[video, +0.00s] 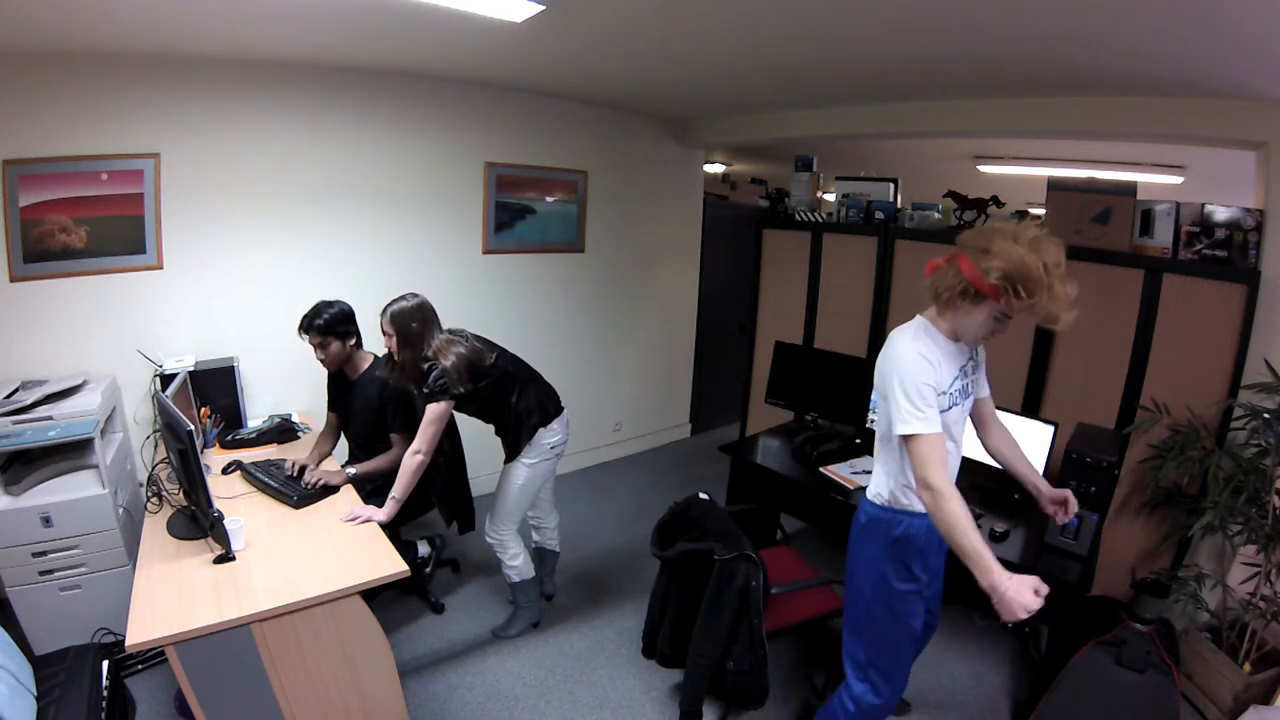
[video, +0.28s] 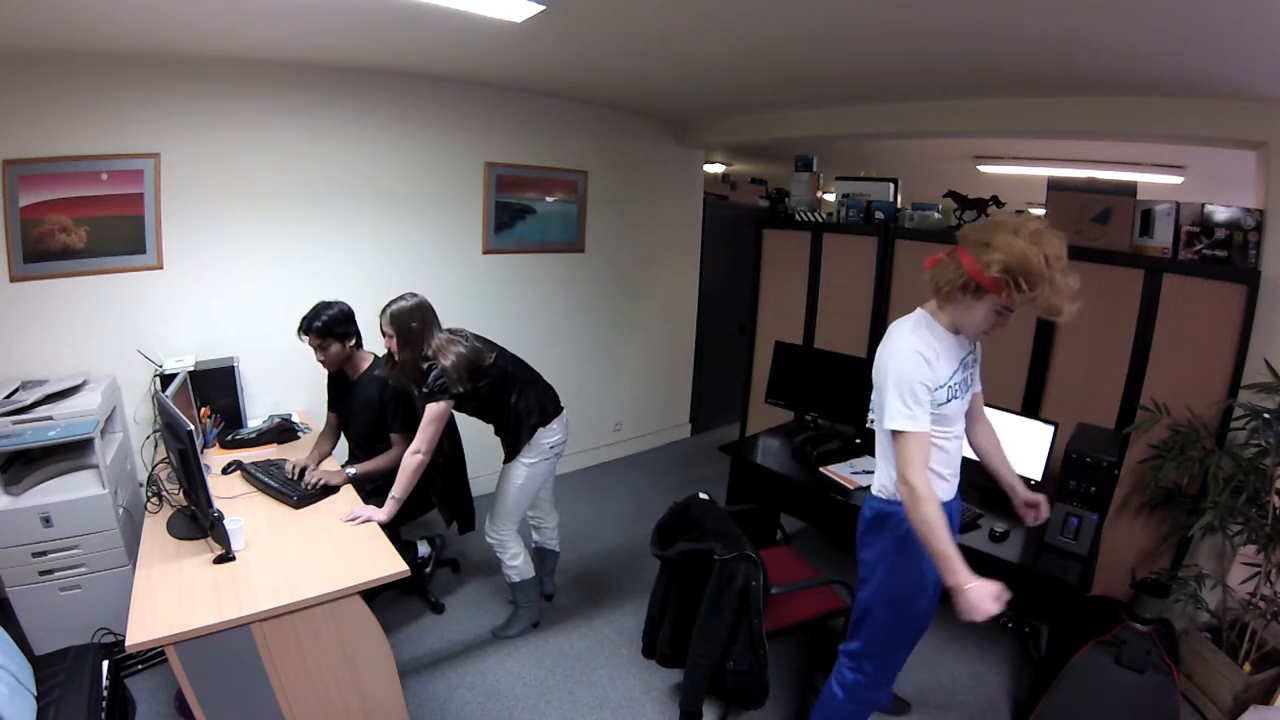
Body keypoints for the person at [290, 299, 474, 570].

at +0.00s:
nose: (318, 356)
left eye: (323, 346)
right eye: (314, 348)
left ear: (350, 339)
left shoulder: (388, 382)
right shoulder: (338, 375)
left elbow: (402, 451)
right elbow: (332, 428)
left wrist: (346, 474)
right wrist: (312, 459)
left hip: (407, 476)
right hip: (364, 473)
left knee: (342, 532)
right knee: (320, 514)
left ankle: (420, 552)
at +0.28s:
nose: (318, 357)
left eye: (323, 348)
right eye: (314, 349)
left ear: (350, 340)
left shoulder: (388, 382)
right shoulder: (338, 375)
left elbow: (402, 451)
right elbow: (332, 428)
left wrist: (346, 474)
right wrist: (312, 458)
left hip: (407, 477)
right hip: (365, 473)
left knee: (343, 532)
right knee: (320, 514)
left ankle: (420, 552)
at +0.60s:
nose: (318, 363)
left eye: (323, 355)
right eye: (315, 356)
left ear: (349, 345)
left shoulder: (389, 382)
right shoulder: (339, 376)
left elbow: (403, 451)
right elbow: (332, 428)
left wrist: (347, 473)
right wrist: (310, 457)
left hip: (405, 476)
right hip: (364, 473)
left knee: (344, 529)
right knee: (320, 513)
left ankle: (419, 553)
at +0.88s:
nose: (318, 363)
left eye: (322, 355)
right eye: (315, 355)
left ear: (349, 346)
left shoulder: (388, 381)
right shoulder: (338, 374)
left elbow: (403, 450)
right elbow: (329, 423)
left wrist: (346, 474)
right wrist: (303, 452)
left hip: (401, 476)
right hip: (362, 473)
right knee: (318, 511)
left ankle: (419, 553)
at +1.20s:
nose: (319, 360)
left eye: (324, 351)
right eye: (315, 351)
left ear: (352, 344)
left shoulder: (388, 381)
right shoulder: (338, 374)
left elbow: (403, 450)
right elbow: (329, 424)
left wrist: (346, 474)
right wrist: (302, 452)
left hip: (402, 477)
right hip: (362, 474)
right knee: (318, 512)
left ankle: (419, 553)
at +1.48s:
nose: (319, 359)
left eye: (324, 350)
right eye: (315, 351)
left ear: (352, 343)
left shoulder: (388, 382)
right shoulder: (338, 373)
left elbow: (403, 450)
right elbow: (329, 424)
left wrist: (346, 473)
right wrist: (302, 450)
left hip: (402, 477)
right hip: (363, 473)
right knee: (318, 511)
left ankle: (419, 553)